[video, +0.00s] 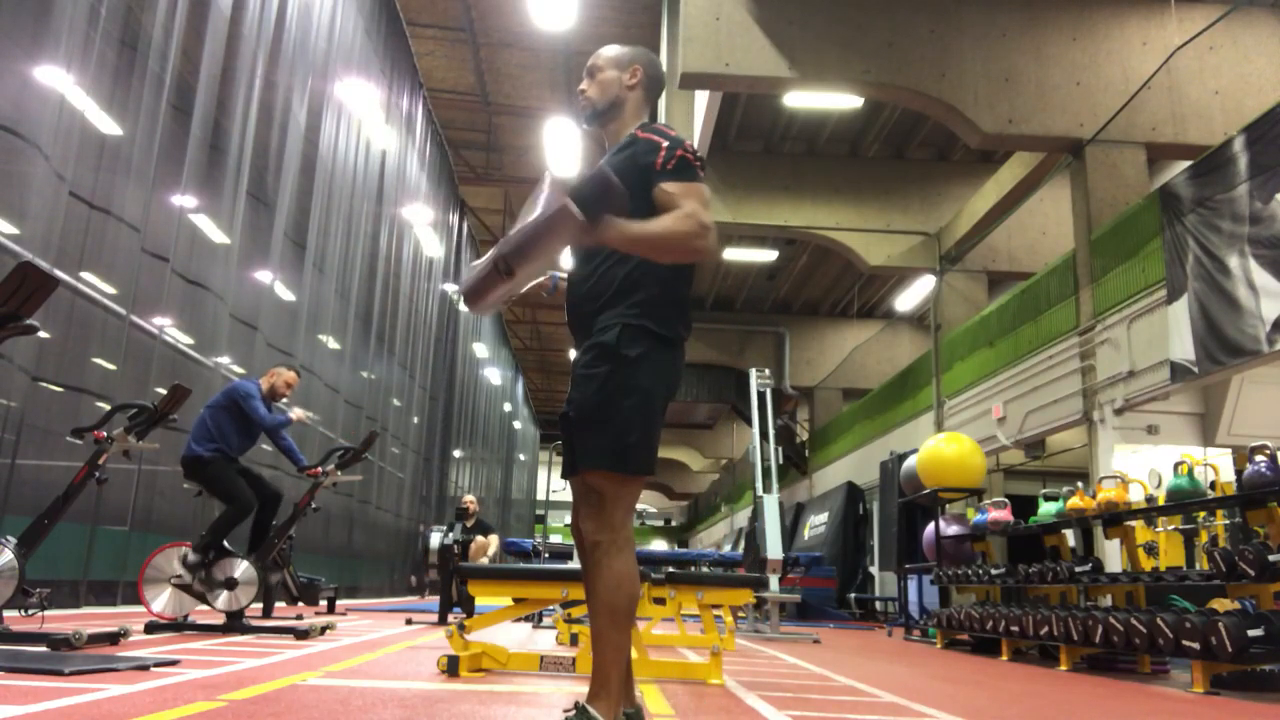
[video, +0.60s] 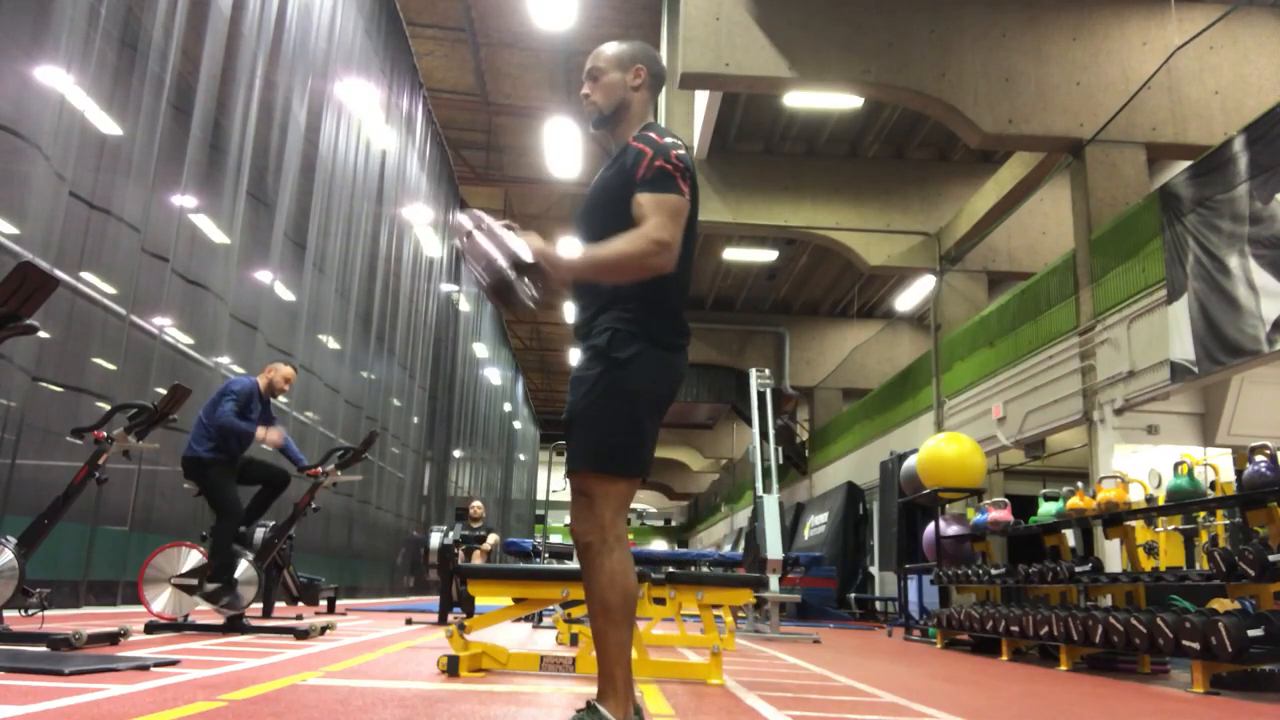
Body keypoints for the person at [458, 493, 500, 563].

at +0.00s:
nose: (468, 505)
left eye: (471, 503)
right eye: (465, 503)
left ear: (477, 507)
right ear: (461, 506)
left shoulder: (483, 525)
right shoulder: (455, 525)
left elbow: (494, 540)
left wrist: (487, 557)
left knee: (480, 540)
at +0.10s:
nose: (468, 505)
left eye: (472, 502)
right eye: (465, 503)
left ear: (478, 507)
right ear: (461, 507)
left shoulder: (482, 524)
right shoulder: (456, 525)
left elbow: (493, 536)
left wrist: (486, 552)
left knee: (478, 540)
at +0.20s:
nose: (469, 505)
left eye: (473, 502)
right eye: (466, 502)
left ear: (479, 508)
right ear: (462, 507)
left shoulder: (482, 524)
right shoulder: (456, 525)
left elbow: (492, 534)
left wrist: (485, 546)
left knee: (477, 540)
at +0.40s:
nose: (472, 505)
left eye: (476, 503)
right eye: (469, 503)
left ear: (481, 509)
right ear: (465, 507)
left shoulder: (485, 524)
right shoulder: (458, 523)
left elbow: (493, 532)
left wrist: (486, 541)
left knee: (476, 548)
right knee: (457, 546)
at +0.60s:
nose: (475, 510)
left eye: (479, 508)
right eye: (472, 508)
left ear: (484, 513)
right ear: (468, 511)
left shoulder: (488, 528)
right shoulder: (460, 527)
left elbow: (494, 536)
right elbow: (452, 537)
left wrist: (488, 544)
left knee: (478, 553)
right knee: (457, 552)